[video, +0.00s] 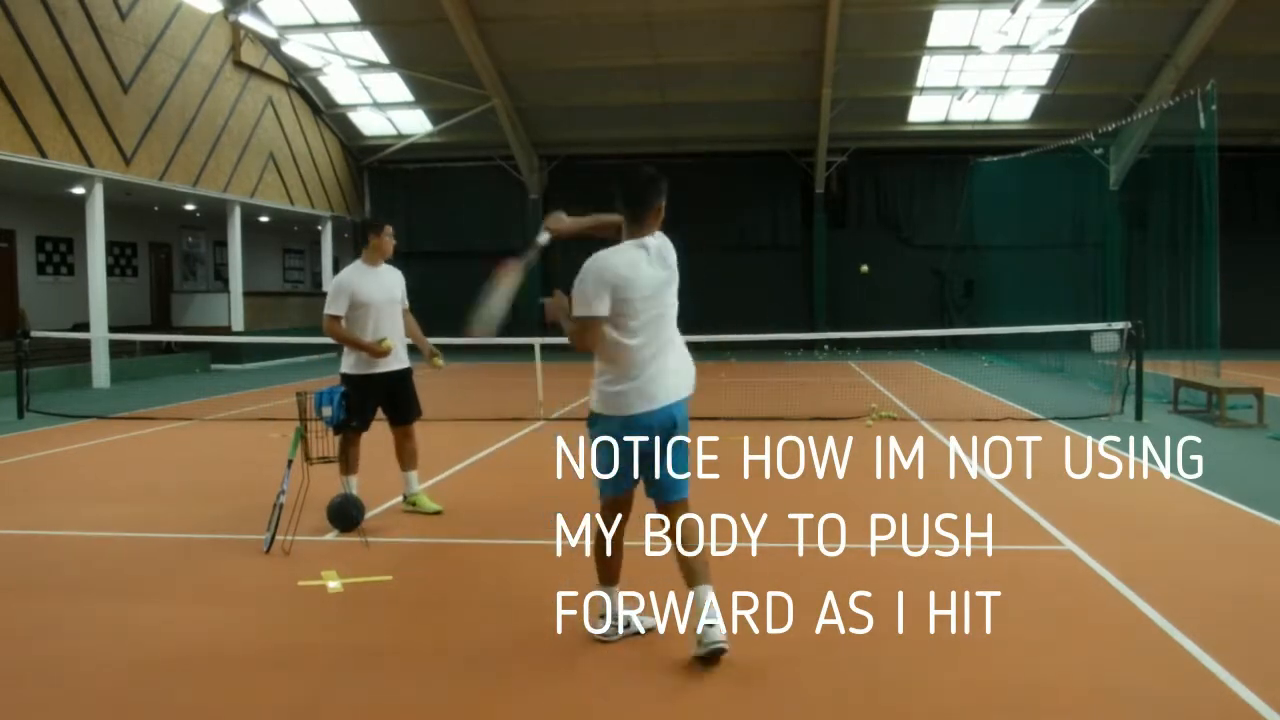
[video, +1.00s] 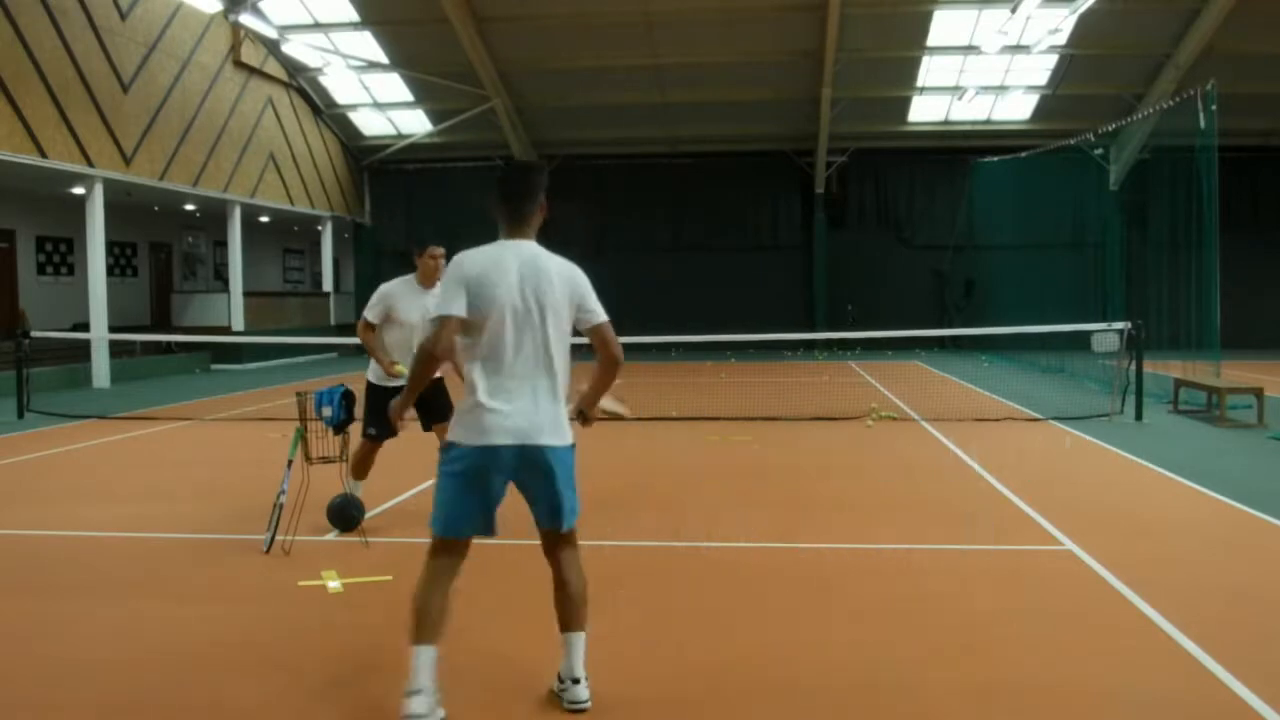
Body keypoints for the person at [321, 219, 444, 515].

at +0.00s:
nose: (394, 243)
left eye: (393, 237)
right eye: (389, 237)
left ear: (382, 241)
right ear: (372, 239)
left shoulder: (395, 276)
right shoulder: (346, 279)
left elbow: (404, 315)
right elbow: (331, 326)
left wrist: (425, 347)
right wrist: (367, 347)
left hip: (397, 370)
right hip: (360, 373)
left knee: (405, 429)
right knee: (351, 434)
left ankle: (413, 492)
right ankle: (350, 498)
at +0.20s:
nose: (395, 245)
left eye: (394, 240)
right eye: (392, 239)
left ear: (378, 241)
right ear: (380, 241)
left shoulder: (392, 277)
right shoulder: (348, 278)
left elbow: (400, 318)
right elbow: (329, 324)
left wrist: (428, 342)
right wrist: (368, 348)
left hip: (395, 370)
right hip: (359, 373)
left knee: (403, 428)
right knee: (352, 434)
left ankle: (412, 492)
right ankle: (350, 499)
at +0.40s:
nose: (395, 246)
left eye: (394, 240)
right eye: (392, 240)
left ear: (378, 243)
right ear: (381, 242)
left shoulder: (391, 278)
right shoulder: (348, 278)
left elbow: (399, 320)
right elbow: (329, 325)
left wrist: (431, 336)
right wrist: (367, 348)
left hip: (396, 370)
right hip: (360, 374)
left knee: (405, 430)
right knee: (353, 436)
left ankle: (412, 493)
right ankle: (350, 500)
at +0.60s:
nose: (398, 249)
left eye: (397, 243)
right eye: (395, 243)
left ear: (383, 245)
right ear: (384, 244)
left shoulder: (394, 279)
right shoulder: (349, 281)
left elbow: (407, 318)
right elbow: (330, 328)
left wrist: (443, 332)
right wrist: (365, 351)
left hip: (398, 370)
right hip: (361, 375)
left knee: (423, 423)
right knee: (356, 438)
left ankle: (418, 486)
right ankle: (351, 500)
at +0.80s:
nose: (415, 252)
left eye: (415, 247)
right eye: (410, 247)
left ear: (408, 251)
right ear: (391, 249)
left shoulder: (415, 284)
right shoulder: (362, 284)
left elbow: (426, 324)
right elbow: (338, 327)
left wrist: (457, 343)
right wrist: (368, 356)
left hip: (407, 375)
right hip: (367, 378)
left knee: (428, 429)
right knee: (358, 440)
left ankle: (452, 495)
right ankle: (351, 502)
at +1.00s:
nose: (439, 264)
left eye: (442, 258)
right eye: (432, 258)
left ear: (446, 262)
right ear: (418, 260)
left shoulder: (448, 294)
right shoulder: (390, 292)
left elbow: (451, 342)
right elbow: (365, 329)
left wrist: (469, 379)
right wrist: (385, 362)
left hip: (429, 379)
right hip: (386, 381)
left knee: (450, 436)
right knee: (372, 441)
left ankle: (456, 499)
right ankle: (352, 497)